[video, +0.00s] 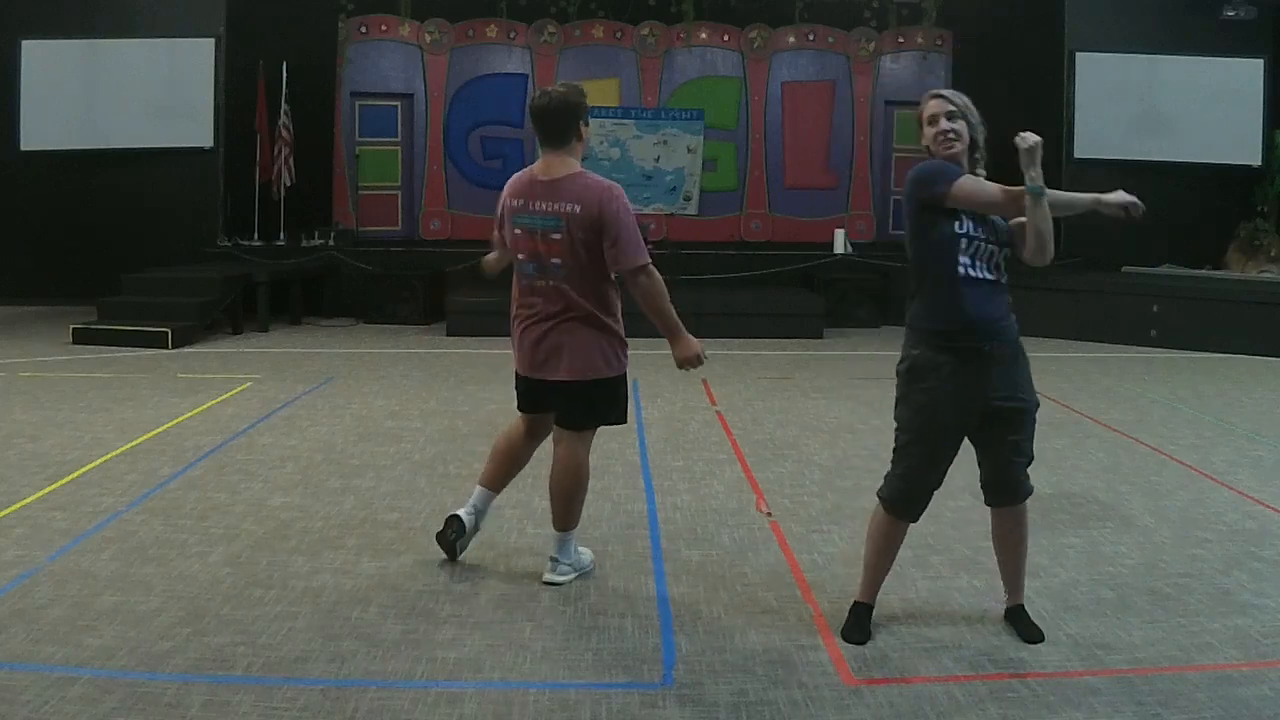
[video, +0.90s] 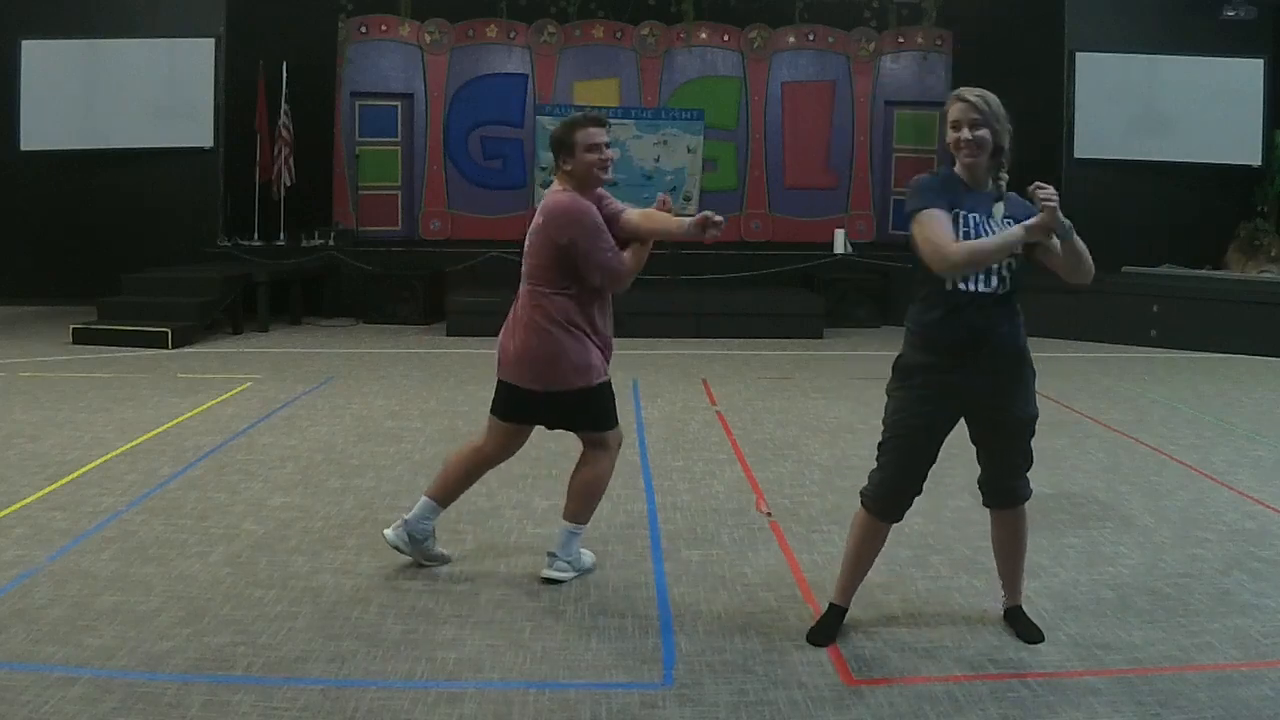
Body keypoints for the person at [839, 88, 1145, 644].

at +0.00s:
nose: (942, 127)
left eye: (951, 118)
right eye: (931, 122)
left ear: (972, 132)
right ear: (923, 137)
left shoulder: (995, 202)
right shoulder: (925, 179)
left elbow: (1039, 253)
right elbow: (1011, 201)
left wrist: (1034, 175)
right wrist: (1099, 200)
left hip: (1001, 360)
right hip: (936, 361)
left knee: (1010, 487)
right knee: (906, 490)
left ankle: (1015, 603)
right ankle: (864, 601)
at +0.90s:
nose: (967, 135)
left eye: (978, 125)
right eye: (957, 127)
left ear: (999, 134)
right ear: (946, 138)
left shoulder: (1018, 207)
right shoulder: (928, 191)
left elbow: (1080, 274)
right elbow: (946, 258)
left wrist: (1059, 225)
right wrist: (1025, 235)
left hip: (1001, 369)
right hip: (929, 366)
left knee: (1008, 490)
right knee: (889, 490)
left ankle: (1013, 604)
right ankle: (838, 605)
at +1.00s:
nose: (949, 132)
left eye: (961, 123)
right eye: (940, 124)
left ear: (983, 133)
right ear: (930, 134)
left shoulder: (1005, 198)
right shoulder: (909, 194)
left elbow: (1078, 248)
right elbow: (906, 269)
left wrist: (1027, 204)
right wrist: (991, 249)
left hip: (995, 368)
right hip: (921, 366)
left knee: (1004, 491)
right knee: (885, 490)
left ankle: (1013, 604)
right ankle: (839, 605)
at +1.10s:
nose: (931, 133)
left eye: (943, 123)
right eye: (923, 125)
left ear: (968, 130)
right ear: (915, 133)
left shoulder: (999, 190)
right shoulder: (898, 198)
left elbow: (1041, 227)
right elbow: (893, 276)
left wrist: (964, 194)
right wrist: (972, 260)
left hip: (988, 365)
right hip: (914, 364)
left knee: (1002, 490)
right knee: (880, 490)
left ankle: (1013, 604)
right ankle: (839, 605)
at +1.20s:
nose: (918, 132)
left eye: (929, 123)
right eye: (910, 124)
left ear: (955, 131)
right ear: (903, 135)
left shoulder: (987, 181)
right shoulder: (886, 203)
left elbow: (981, 218)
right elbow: (890, 279)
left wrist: (889, 201)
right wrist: (966, 256)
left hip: (982, 362)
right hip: (909, 362)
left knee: (999, 489)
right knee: (877, 489)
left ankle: (1012, 604)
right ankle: (838, 605)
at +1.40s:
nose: (900, 133)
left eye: (911, 124)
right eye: (892, 126)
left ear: (937, 130)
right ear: (886, 136)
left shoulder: (969, 176)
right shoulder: (875, 207)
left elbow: (914, 208)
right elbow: (874, 279)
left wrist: (814, 214)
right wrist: (908, 230)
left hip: (975, 359)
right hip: (901, 361)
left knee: (995, 487)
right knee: (875, 488)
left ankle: (1013, 603)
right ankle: (839, 604)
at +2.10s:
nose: (922, 153)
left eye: (931, 141)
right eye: (914, 145)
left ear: (958, 140)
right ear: (909, 148)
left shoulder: (997, 190)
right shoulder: (894, 209)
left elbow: (979, 244)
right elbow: (874, 294)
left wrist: (884, 234)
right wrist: (903, 304)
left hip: (981, 366)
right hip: (908, 368)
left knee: (1007, 496)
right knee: (877, 491)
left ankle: (1011, 605)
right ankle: (838, 605)